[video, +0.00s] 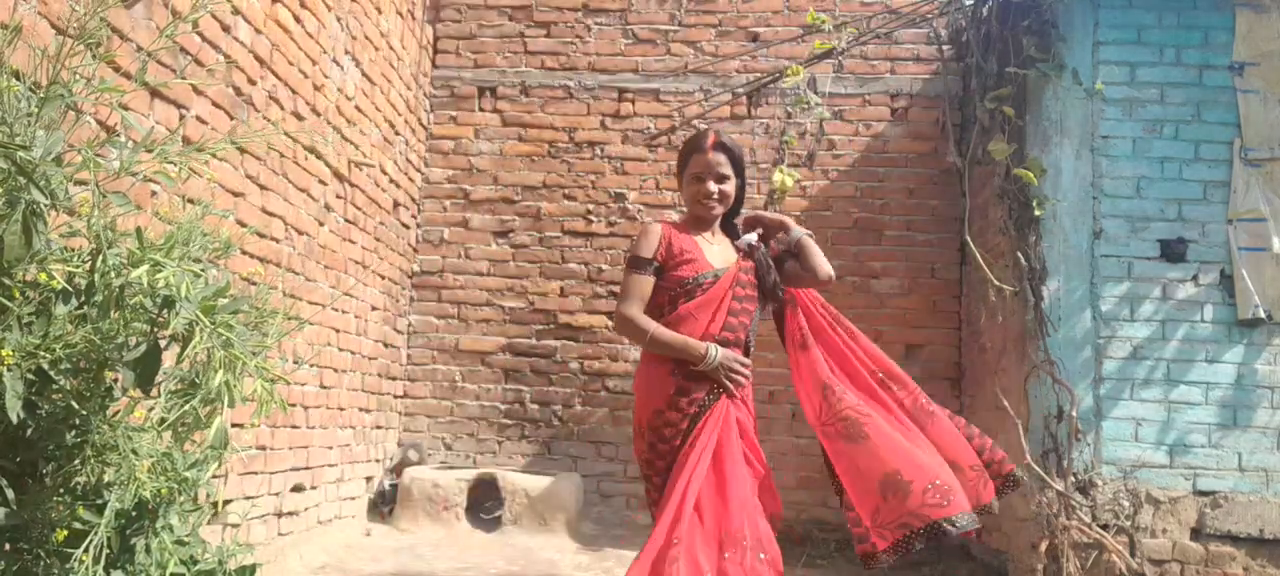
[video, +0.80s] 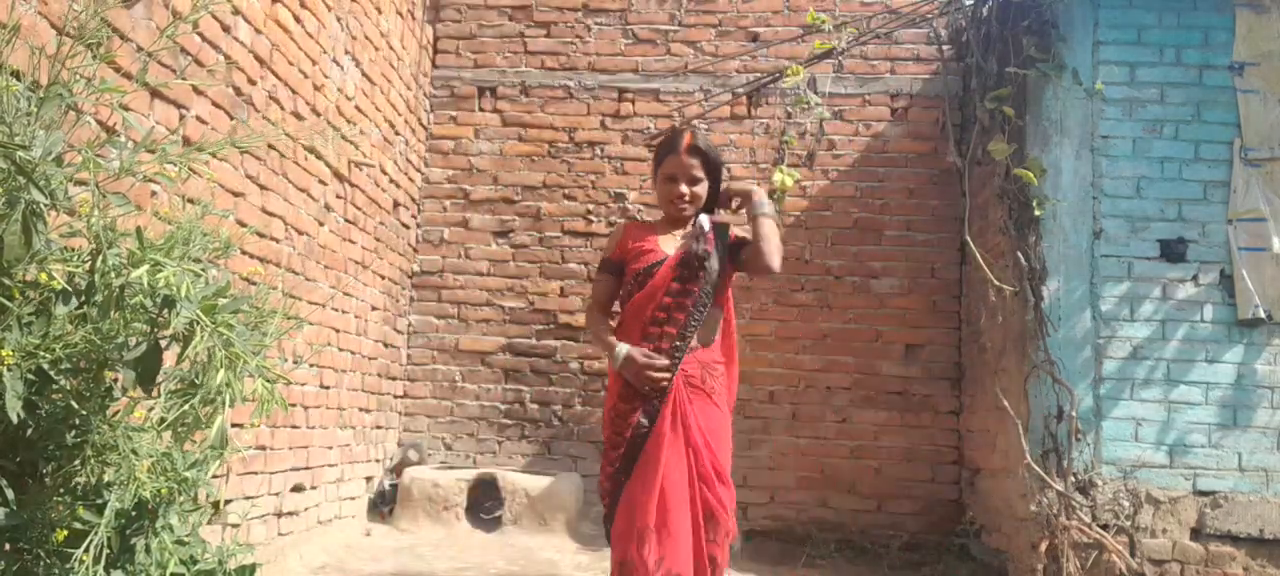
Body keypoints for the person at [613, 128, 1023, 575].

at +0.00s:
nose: (709, 189)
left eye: (721, 178)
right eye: (697, 177)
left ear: (737, 186)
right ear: (679, 181)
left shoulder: (745, 250)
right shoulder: (659, 236)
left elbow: (821, 275)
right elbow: (626, 315)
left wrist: (788, 227)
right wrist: (701, 353)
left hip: (729, 391)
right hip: (670, 391)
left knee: (729, 512)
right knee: (679, 518)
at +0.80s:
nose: (682, 191)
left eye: (693, 180)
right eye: (671, 179)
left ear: (711, 184)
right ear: (654, 180)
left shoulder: (721, 238)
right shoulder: (631, 236)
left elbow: (769, 263)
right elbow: (596, 316)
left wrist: (756, 195)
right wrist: (621, 352)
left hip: (699, 393)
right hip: (636, 394)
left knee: (699, 510)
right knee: (635, 510)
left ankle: (699, 570)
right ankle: (637, 571)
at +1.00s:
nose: (681, 186)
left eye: (695, 178)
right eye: (672, 172)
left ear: (710, 188)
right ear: (653, 174)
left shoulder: (722, 244)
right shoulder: (621, 242)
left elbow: (761, 331)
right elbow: (588, 321)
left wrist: (739, 265)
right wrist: (594, 332)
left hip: (700, 401)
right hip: (632, 402)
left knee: (669, 519)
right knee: (624, 525)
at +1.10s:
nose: (683, 157)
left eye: (698, 150)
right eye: (674, 143)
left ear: (713, 163)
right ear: (655, 145)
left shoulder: (720, 218)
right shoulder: (622, 211)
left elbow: (760, 301)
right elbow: (582, 297)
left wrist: (749, 234)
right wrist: (613, 259)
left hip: (706, 366)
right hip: (636, 368)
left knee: (661, 474)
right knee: (632, 499)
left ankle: (695, 569)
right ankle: (634, 573)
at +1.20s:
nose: (684, 133)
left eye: (699, 126)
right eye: (676, 119)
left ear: (715, 139)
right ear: (656, 120)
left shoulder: (720, 194)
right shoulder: (622, 191)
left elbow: (757, 278)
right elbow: (571, 277)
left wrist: (763, 197)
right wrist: (611, 228)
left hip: (706, 346)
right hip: (638, 350)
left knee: (677, 471)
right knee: (647, 480)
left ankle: (690, 570)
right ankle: (645, 570)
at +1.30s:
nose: (685, 136)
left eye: (700, 128)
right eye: (675, 122)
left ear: (715, 139)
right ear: (654, 125)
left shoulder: (721, 196)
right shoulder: (626, 192)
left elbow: (756, 274)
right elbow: (571, 277)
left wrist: (775, 187)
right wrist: (603, 207)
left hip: (706, 365)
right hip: (637, 367)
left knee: (695, 508)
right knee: (649, 503)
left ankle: (693, 575)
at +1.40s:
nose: (684, 155)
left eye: (698, 147)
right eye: (674, 142)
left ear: (713, 158)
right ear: (653, 147)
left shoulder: (724, 217)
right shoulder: (621, 220)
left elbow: (766, 284)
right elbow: (558, 279)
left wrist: (775, 192)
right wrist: (591, 203)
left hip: (707, 390)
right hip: (634, 390)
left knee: (692, 540)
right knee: (642, 535)